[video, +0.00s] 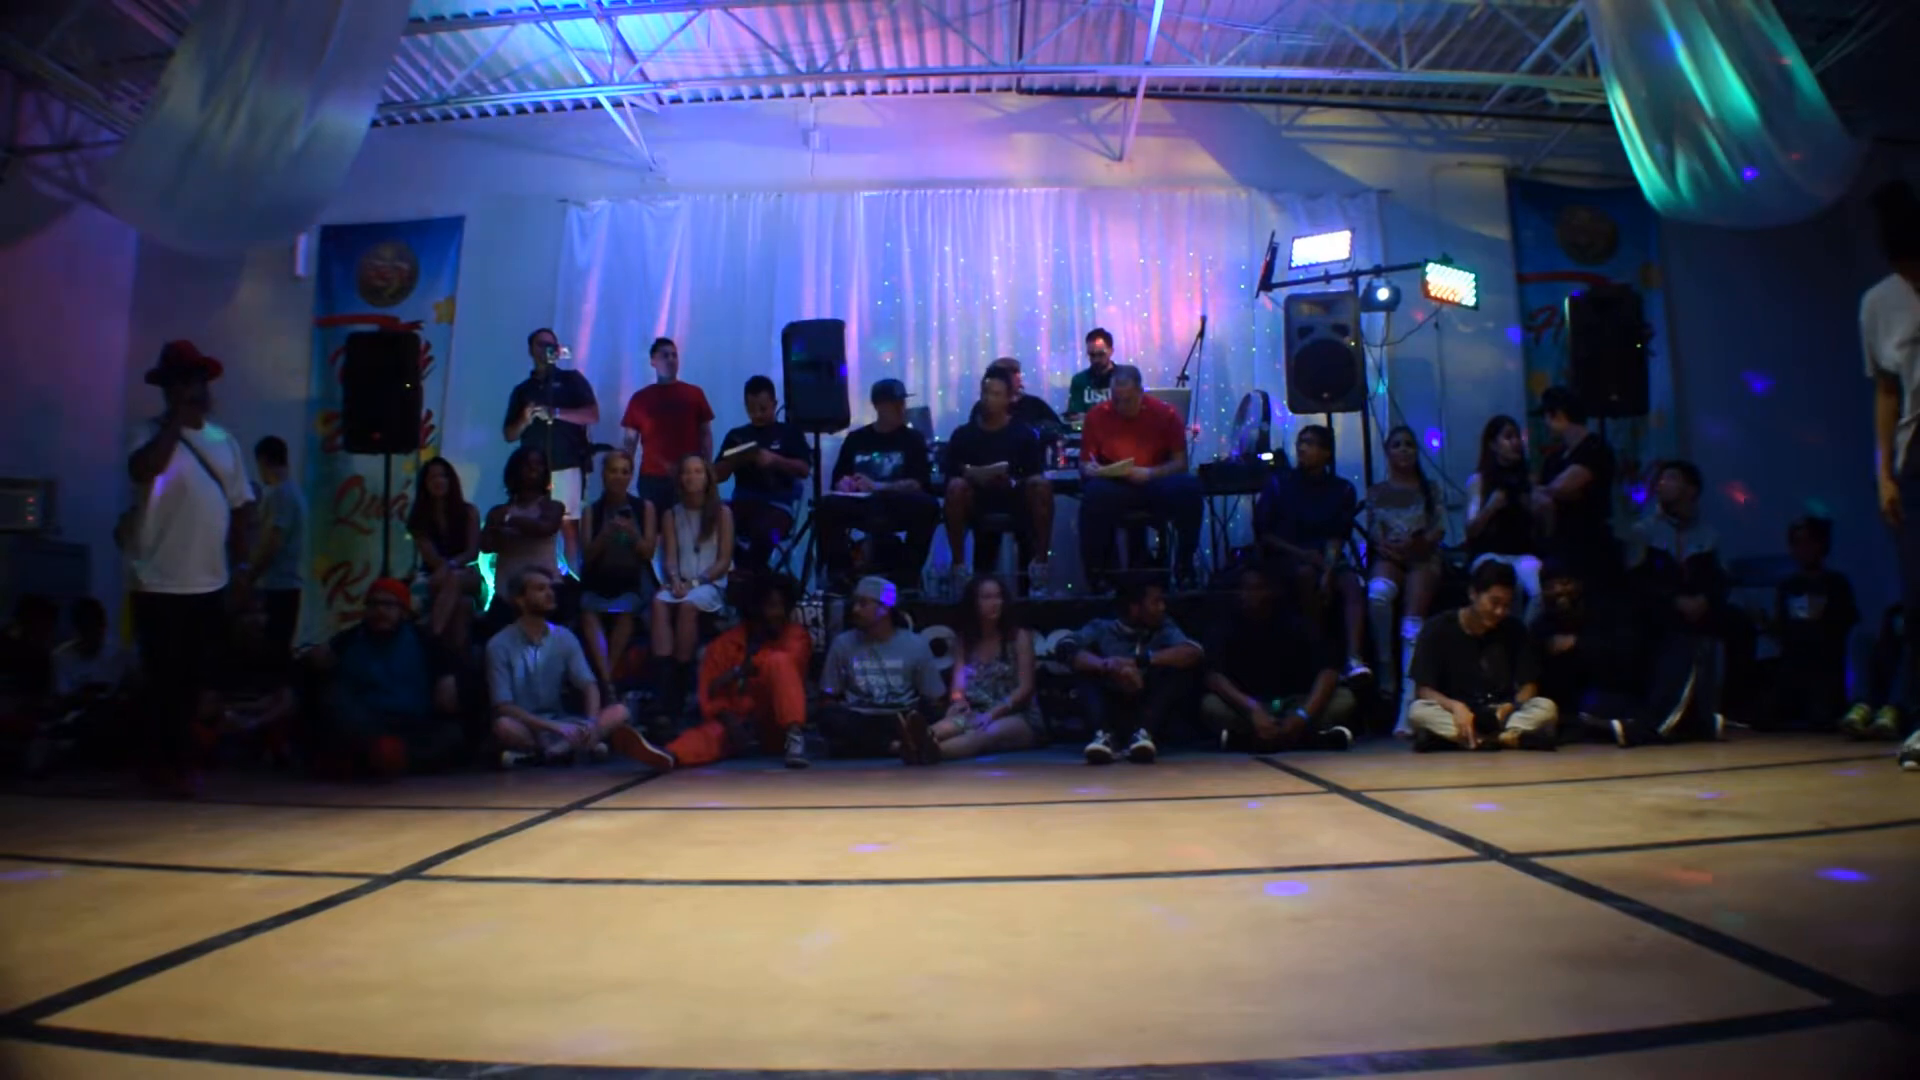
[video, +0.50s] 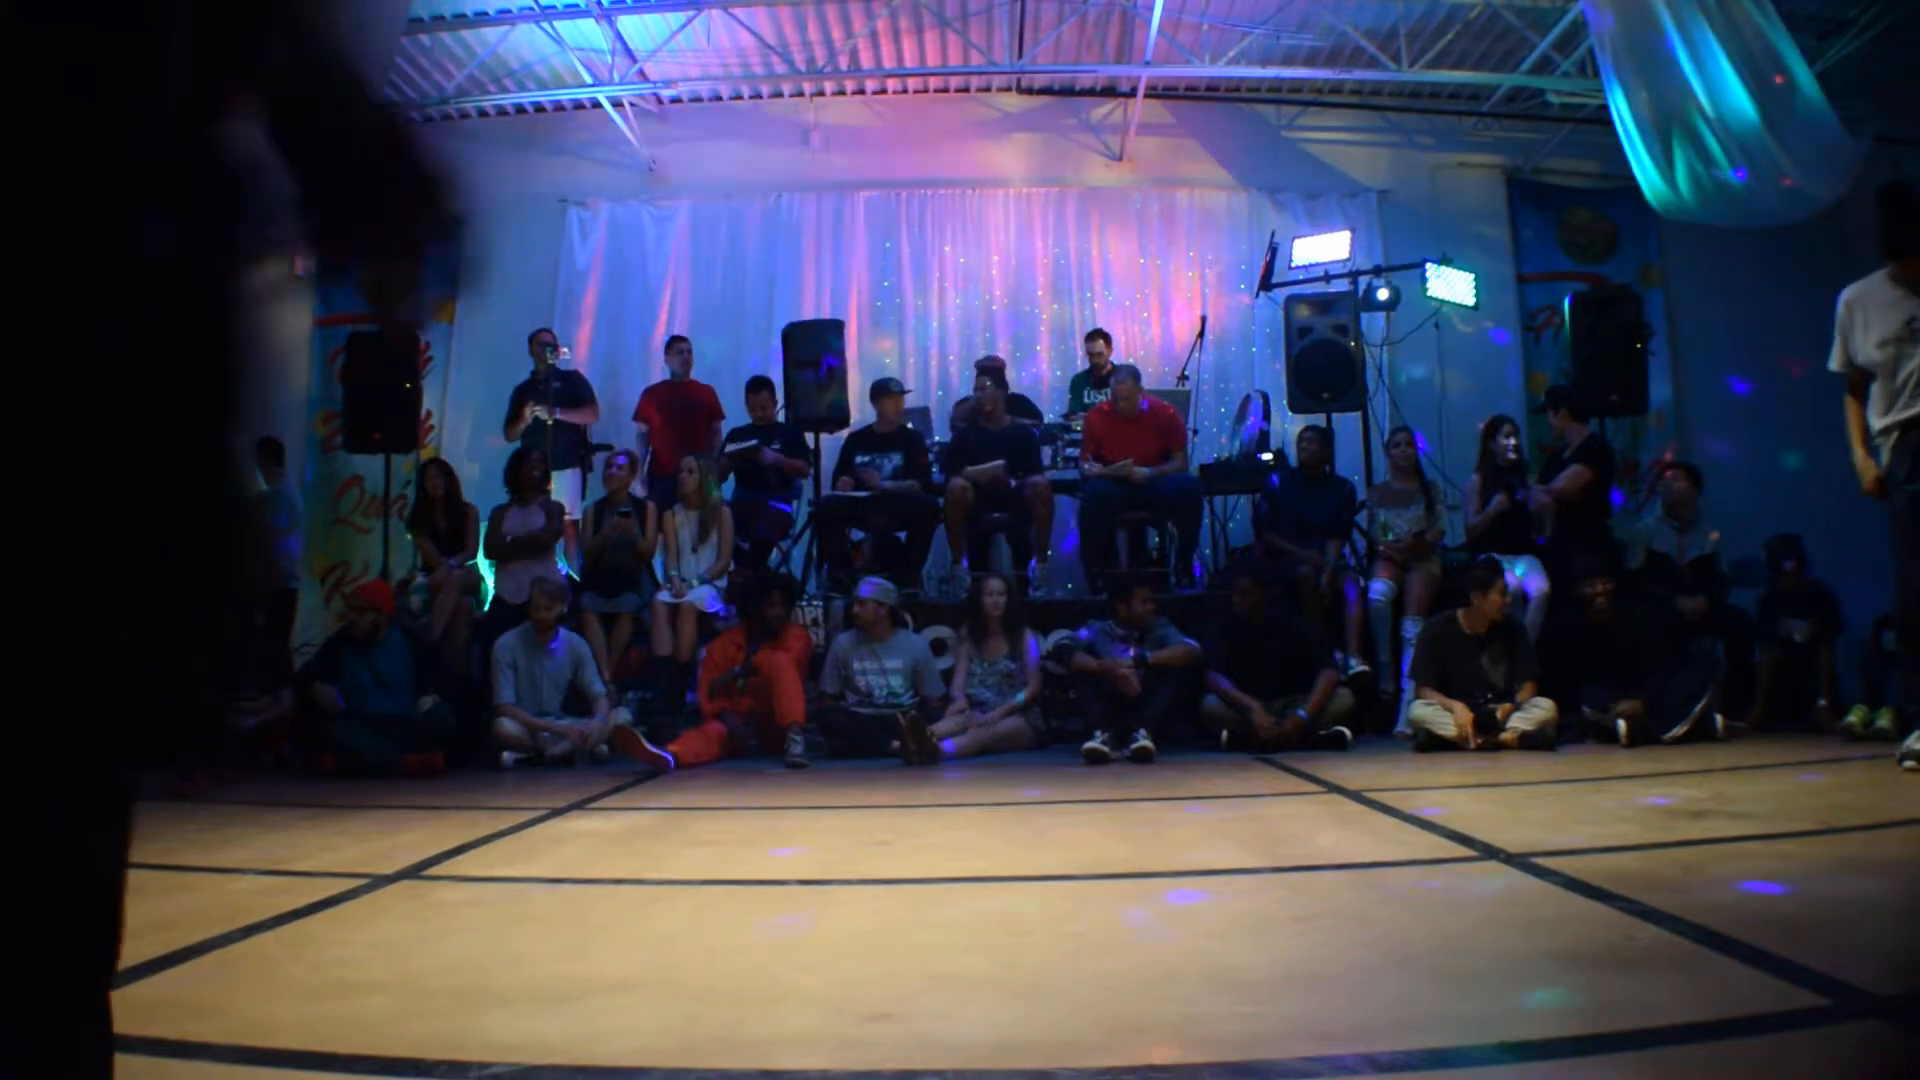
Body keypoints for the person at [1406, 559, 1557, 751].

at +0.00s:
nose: (1500, 612)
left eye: (1506, 606)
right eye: (1494, 603)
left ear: (1511, 605)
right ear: (1473, 595)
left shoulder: (1513, 631)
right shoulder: (1438, 629)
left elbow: (1529, 686)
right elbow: (1423, 690)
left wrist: (1511, 706)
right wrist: (1456, 707)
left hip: (1501, 705)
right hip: (1457, 707)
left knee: (1546, 707)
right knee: (1418, 711)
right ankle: (1506, 740)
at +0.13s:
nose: (1499, 611)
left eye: (1505, 605)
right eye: (1493, 602)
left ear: (1511, 606)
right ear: (1473, 594)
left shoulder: (1513, 630)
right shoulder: (1438, 629)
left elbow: (1529, 685)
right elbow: (1423, 690)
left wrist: (1510, 707)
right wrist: (1456, 707)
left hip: (1501, 705)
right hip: (1456, 708)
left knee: (1546, 707)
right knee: (1419, 711)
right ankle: (1506, 740)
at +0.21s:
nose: (1501, 610)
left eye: (1506, 604)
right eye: (1496, 601)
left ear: (1511, 603)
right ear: (1473, 595)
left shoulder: (1513, 629)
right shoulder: (1438, 629)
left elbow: (1529, 685)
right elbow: (1424, 690)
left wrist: (1511, 706)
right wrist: (1456, 707)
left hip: (1501, 704)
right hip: (1457, 707)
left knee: (1546, 707)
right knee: (1418, 711)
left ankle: (1472, 743)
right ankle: (1505, 740)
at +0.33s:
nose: (1506, 603)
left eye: (1507, 596)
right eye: (1502, 596)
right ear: (1476, 597)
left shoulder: (1512, 628)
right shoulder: (1438, 629)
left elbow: (1528, 687)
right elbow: (1423, 689)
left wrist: (1511, 707)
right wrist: (1456, 708)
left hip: (1500, 706)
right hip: (1456, 708)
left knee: (1547, 707)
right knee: (1418, 711)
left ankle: (1468, 743)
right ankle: (1505, 740)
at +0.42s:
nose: (1507, 601)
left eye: (1507, 594)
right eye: (1501, 594)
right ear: (1476, 597)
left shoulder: (1512, 628)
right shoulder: (1438, 629)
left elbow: (1528, 686)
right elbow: (1423, 689)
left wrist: (1511, 706)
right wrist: (1456, 707)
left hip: (1500, 706)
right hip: (1456, 708)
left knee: (1546, 708)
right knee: (1418, 711)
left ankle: (1470, 742)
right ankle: (1504, 740)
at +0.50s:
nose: (1507, 600)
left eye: (1506, 594)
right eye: (1501, 593)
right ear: (1476, 597)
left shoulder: (1512, 629)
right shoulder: (1437, 629)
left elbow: (1528, 685)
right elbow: (1423, 689)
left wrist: (1512, 706)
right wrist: (1456, 707)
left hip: (1500, 706)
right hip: (1456, 709)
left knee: (1546, 708)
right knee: (1418, 711)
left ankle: (1469, 742)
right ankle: (1504, 740)